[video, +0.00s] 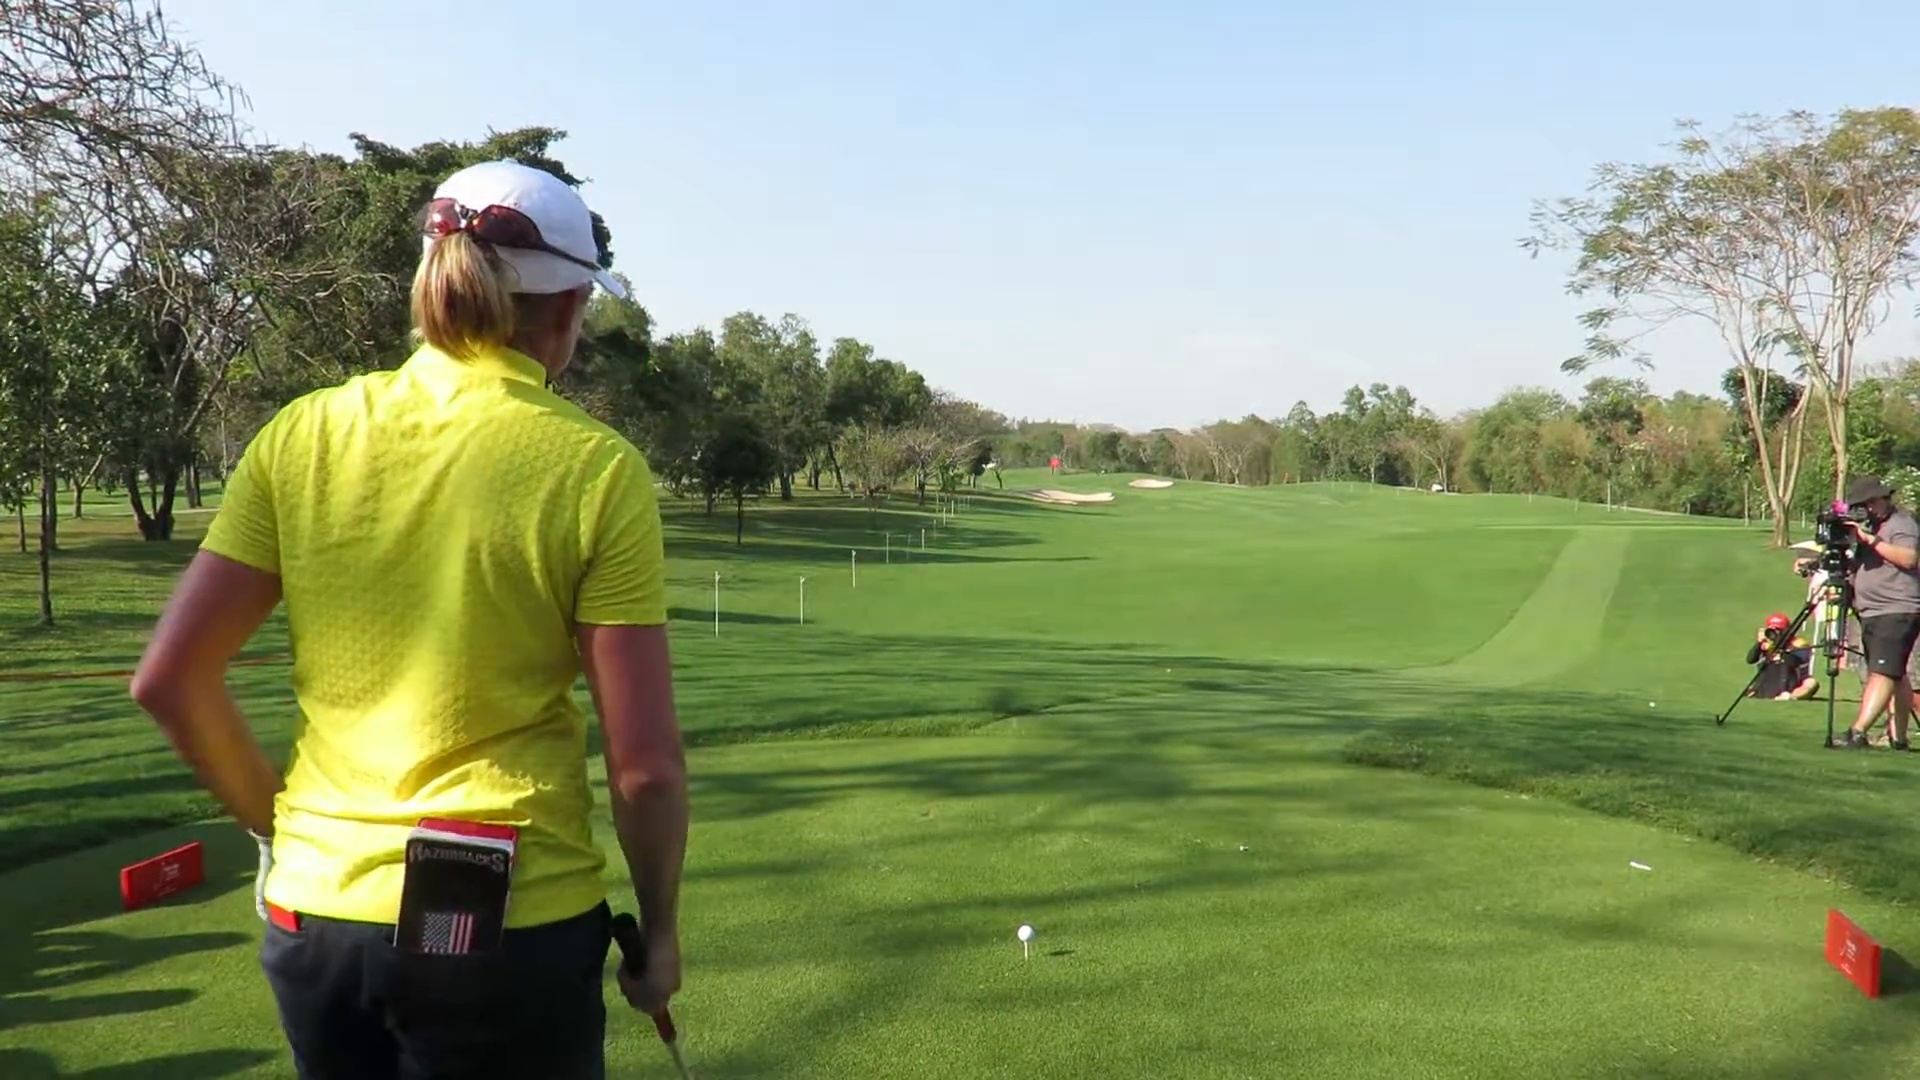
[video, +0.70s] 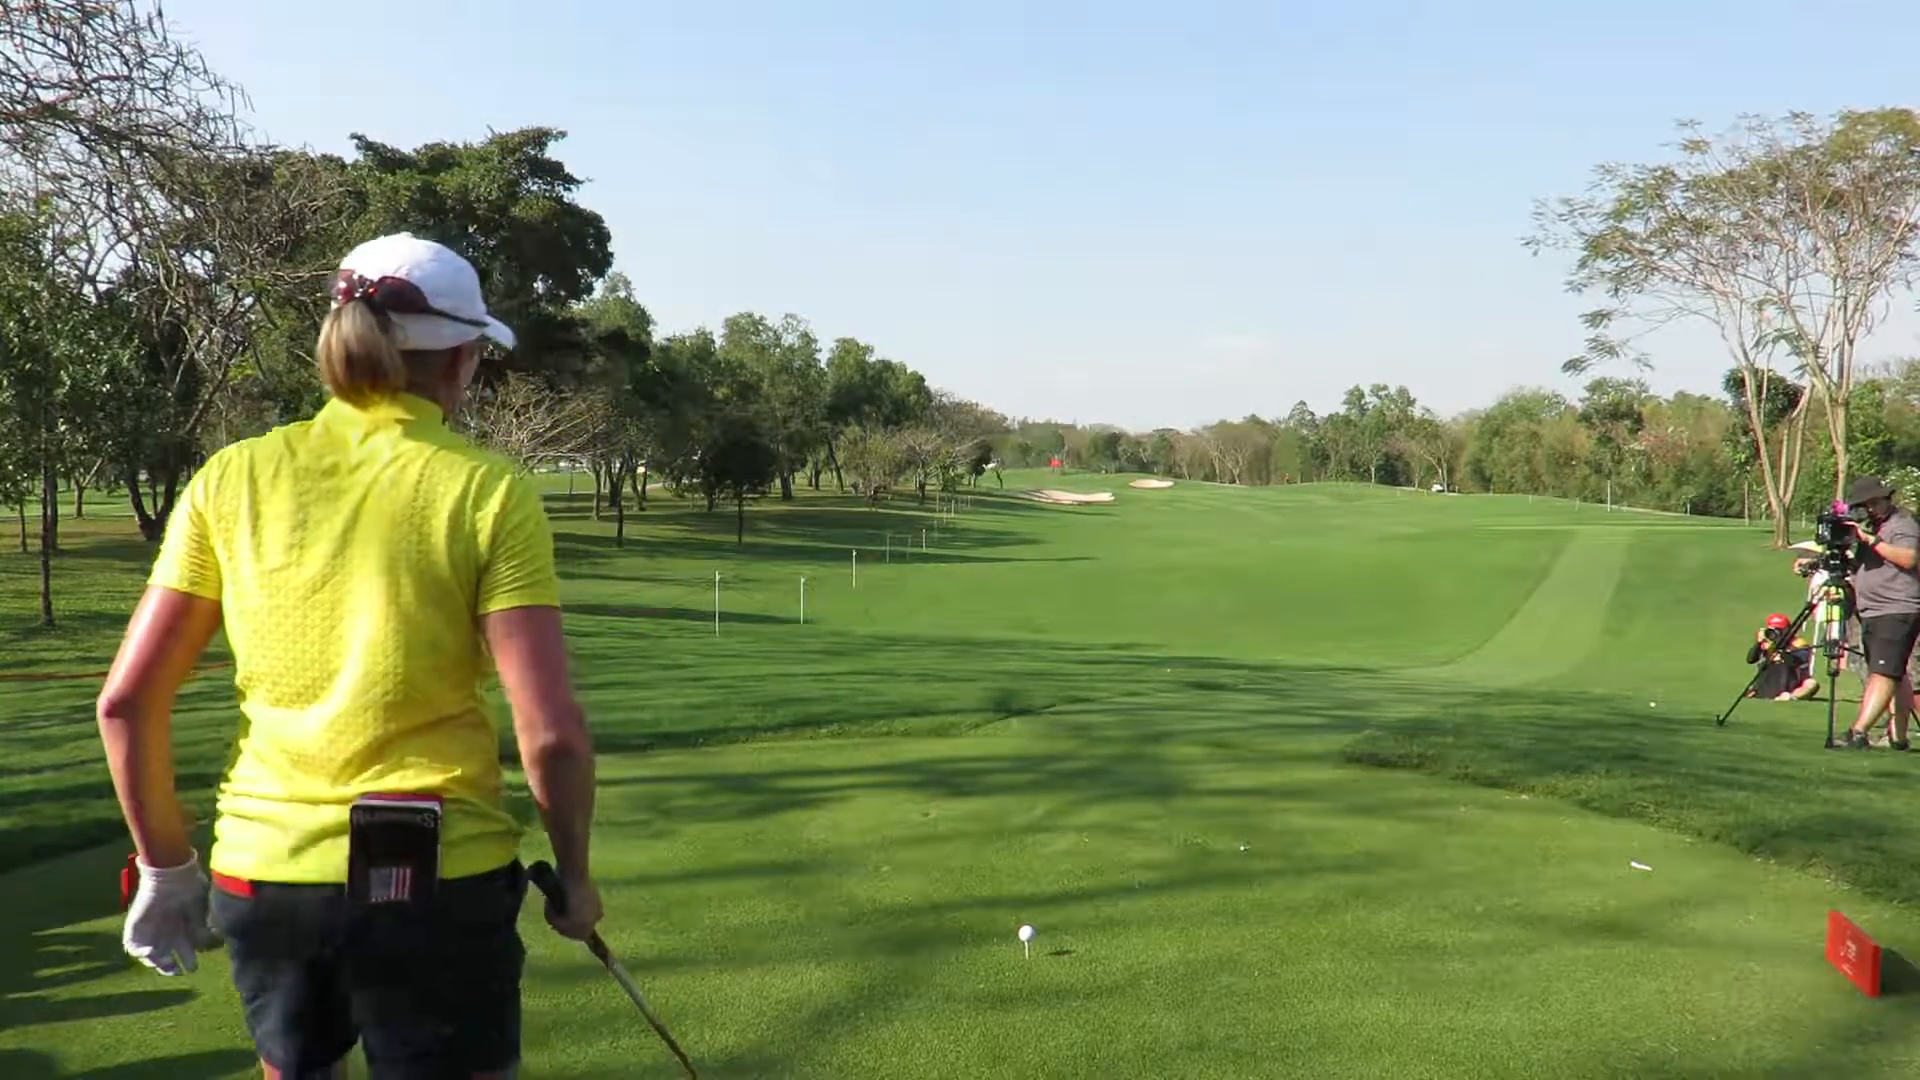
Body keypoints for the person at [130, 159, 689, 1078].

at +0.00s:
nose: (580, 329)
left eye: (580, 305)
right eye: (582, 307)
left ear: (432, 284)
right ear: (562, 311)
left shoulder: (300, 434)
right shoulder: (595, 466)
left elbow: (171, 679)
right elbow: (644, 771)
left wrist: (283, 826)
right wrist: (659, 925)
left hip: (314, 917)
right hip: (511, 930)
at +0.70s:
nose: (477, 382)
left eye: (482, 362)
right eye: (478, 362)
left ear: (341, 343)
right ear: (459, 362)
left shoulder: (229, 481)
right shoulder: (487, 488)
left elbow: (127, 700)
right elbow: (552, 737)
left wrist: (167, 863)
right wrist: (575, 871)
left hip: (265, 887)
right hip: (437, 888)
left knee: (291, 1063)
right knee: (458, 1060)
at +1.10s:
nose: (407, 396)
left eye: (410, 377)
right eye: (407, 377)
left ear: (287, 363)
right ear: (378, 375)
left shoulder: (187, 470)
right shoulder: (402, 481)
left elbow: (147, 662)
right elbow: (454, 683)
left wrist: (218, 750)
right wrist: (497, 810)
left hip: (221, 816)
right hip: (376, 821)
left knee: (256, 1063)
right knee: (413, 1005)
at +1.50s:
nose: (448, 408)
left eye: (450, 394)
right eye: (446, 393)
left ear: (351, 379)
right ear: (422, 389)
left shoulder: (266, 467)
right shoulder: (438, 479)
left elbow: (240, 628)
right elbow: (478, 646)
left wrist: (289, 702)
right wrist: (521, 754)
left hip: (297, 758)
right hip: (416, 758)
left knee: (301, 955)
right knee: (396, 959)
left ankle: (286, 1075)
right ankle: (379, 1077)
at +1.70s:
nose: (466, 408)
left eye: (467, 395)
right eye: (463, 395)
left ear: (375, 388)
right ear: (444, 398)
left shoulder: (298, 470)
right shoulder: (456, 476)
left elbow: (260, 614)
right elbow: (495, 631)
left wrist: (266, 727)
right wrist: (541, 726)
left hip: (328, 724)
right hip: (430, 726)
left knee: (361, 881)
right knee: (398, 934)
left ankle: (360, 1062)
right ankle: (377, 1074)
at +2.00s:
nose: (488, 426)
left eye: (488, 414)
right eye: (484, 414)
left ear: (412, 407)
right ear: (466, 414)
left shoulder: (346, 479)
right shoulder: (471, 485)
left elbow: (304, 601)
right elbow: (499, 622)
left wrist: (299, 696)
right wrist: (555, 706)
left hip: (372, 709)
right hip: (456, 712)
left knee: (407, 852)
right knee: (468, 885)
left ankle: (412, 1004)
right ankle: (393, 1043)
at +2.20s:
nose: (512, 422)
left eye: (514, 411)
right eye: (509, 410)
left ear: (444, 402)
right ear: (488, 409)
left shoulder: (384, 464)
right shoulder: (490, 476)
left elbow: (357, 581)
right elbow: (510, 606)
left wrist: (400, 631)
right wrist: (565, 681)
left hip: (396, 677)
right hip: (477, 677)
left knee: (415, 841)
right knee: (539, 812)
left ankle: (409, 1013)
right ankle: (473, 972)